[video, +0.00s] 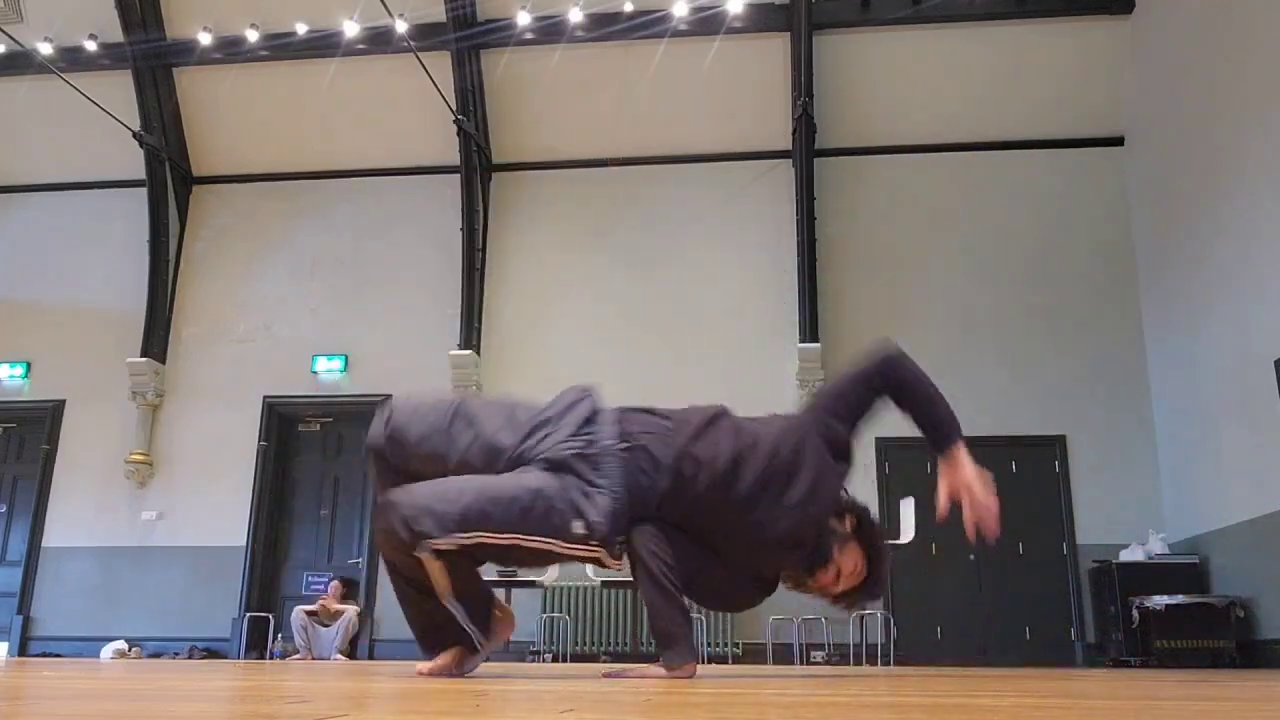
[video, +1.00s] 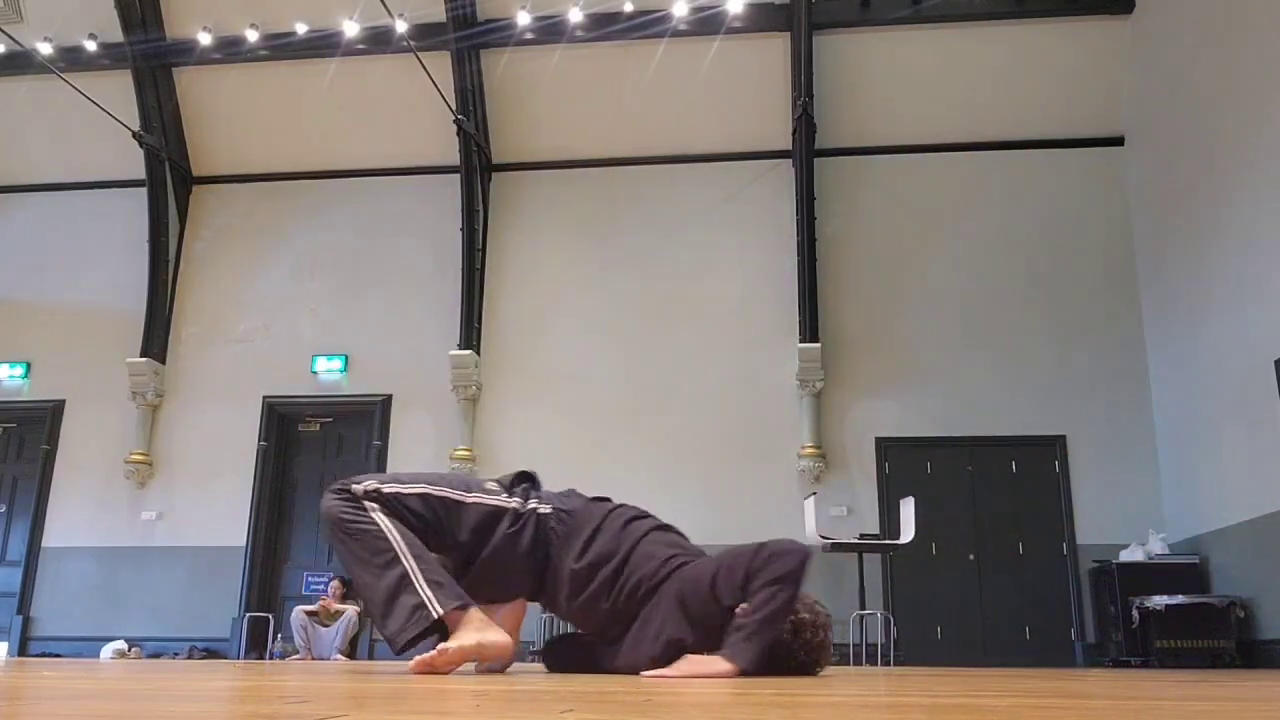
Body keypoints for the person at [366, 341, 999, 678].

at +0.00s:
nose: (829, 582)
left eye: (837, 588)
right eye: (843, 570)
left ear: (829, 590)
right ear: (850, 531)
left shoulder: (741, 587)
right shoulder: (820, 449)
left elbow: (650, 540)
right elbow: (890, 361)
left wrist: (680, 656)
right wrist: (955, 449)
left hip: (599, 503)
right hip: (582, 419)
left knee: (401, 517)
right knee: (396, 428)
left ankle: (484, 620)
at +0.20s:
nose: (821, 513)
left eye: (830, 532)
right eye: (834, 500)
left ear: (809, 557)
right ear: (815, 475)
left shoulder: (732, 573)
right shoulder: (741, 438)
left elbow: (625, 545)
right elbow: (723, 347)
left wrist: (676, 653)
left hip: (544, 502)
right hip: (531, 458)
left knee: (338, 508)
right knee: (344, 521)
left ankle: (480, 622)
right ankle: (482, 638)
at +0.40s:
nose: (746, 525)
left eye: (760, 544)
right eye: (759, 519)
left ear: (752, 583)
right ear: (751, 509)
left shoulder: (685, 583)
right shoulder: (689, 521)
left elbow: (622, 554)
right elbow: (620, 459)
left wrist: (679, 659)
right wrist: (692, 399)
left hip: (504, 495)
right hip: (499, 471)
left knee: (298, 520)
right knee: (301, 520)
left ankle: (472, 612)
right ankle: (481, 618)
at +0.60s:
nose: (722, 555)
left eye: (733, 568)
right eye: (737, 558)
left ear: (724, 611)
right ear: (715, 621)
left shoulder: (673, 571)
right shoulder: (651, 631)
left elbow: (659, 546)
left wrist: (670, 671)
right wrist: (646, 662)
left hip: (491, 504)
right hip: (484, 501)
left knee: (289, 524)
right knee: (291, 523)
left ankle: (461, 609)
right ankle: (473, 609)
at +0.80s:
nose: (737, 596)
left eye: (740, 603)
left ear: (736, 609)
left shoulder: (692, 596)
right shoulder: (631, 648)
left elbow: (718, 532)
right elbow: (520, 645)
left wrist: (700, 657)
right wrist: (370, 602)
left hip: (508, 520)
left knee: (305, 504)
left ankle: (459, 609)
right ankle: (480, 628)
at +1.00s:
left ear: (764, 628)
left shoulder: (715, 592)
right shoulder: (656, 652)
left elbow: (789, 556)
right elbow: (558, 656)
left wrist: (737, 657)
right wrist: (647, 666)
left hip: (544, 534)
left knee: (351, 497)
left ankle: (468, 624)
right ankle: (494, 623)